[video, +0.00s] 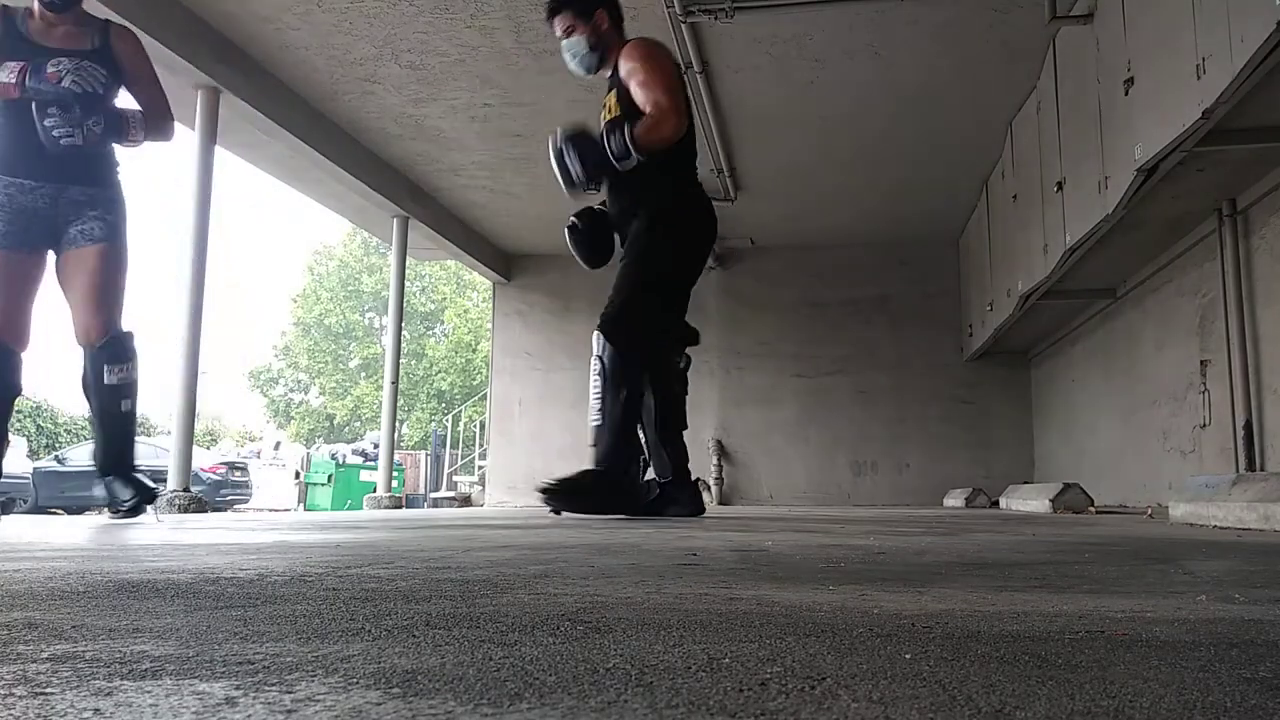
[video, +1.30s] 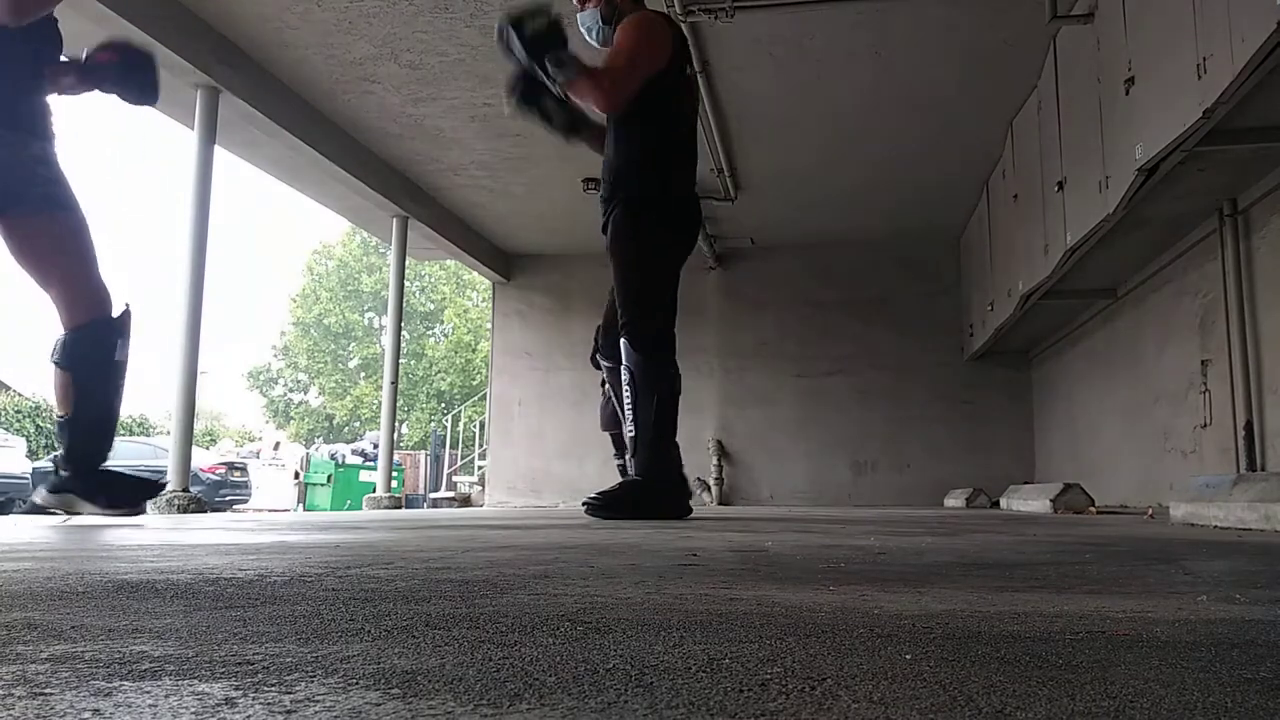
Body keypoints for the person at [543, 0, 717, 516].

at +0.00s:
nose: (567, 47)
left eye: (571, 32)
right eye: (560, 39)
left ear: (604, 18)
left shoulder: (637, 54)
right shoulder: (617, 90)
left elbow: (670, 120)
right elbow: (642, 178)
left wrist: (606, 150)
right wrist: (608, 223)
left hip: (672, 220)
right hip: (658, 226)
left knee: (619, 330)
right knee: (656, 341)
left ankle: (613, 473)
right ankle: (672, 482)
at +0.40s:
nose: (589, 23)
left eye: (592, 11)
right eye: (586, 16)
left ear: (622, 3)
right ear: (617, 11)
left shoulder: (667, 37)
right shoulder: (640, 52)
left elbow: (646, 114)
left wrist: (601, 81)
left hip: (663, 218)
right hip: (644, 221)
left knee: (654, 342)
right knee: (662, 344)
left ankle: (658, 480)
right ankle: (671, 480)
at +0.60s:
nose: (588, 21)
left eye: (591, 9)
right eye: (584, 14)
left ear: (623, 1)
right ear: (616, 9)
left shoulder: (663, 35)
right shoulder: (640, 52)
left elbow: (663, 113)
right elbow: (651, 124)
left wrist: (603, 97)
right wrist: (606, 94)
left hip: (662, 214)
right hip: (646, 217)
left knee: (654, 342)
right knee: (659, 344)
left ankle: (655, 480)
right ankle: (671, 479)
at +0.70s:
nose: (587, 19)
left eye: (591, 7)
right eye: (584, 12)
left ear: (621, 2)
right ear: (616, 9)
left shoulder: (660, 34)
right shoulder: (638, 52)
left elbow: (677, 109)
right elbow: (659, 114)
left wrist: (609, 106)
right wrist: (605, 98)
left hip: (660, 215)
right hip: (646, 217)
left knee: (654, 343)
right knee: (657, 344)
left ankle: (656, 480)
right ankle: (670, 479)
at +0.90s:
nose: (587, 16)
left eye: (590, 6)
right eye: (584, 10)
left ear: (619, 0)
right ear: (614, 9)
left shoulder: (658, 32)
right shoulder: (636, 53)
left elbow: (683, 106)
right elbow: (642, 155)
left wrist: (614, 109)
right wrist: (616, 229)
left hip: (660, 212)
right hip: (645, 215)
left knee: (653, 342)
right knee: (655, 342)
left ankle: (657, 481)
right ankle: (669, 479)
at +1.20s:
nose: (589, 19)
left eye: (590, 9)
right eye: (585, 16)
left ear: (610, 2)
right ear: (617, 11)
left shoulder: (646, 28)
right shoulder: (640, 48)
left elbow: (643, 109)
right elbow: (645, 158)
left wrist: (571, 96)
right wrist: (581, 164)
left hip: (651, 211)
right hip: (645, 213)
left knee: (645, 343)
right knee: (647, 343)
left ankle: (656, 480)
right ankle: (664, 477)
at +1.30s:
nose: (583, 11)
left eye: (586, 3)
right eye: (580, 9)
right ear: (607, 10)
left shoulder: (644, 25)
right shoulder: (642, 40)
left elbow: (608, 96)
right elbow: (621, 144)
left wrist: (551, 55)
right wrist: (559, 116)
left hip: (649, 212)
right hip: (647, 213)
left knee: (645, 343)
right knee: (617, 345)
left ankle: (658, 483)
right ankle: (649, 478)